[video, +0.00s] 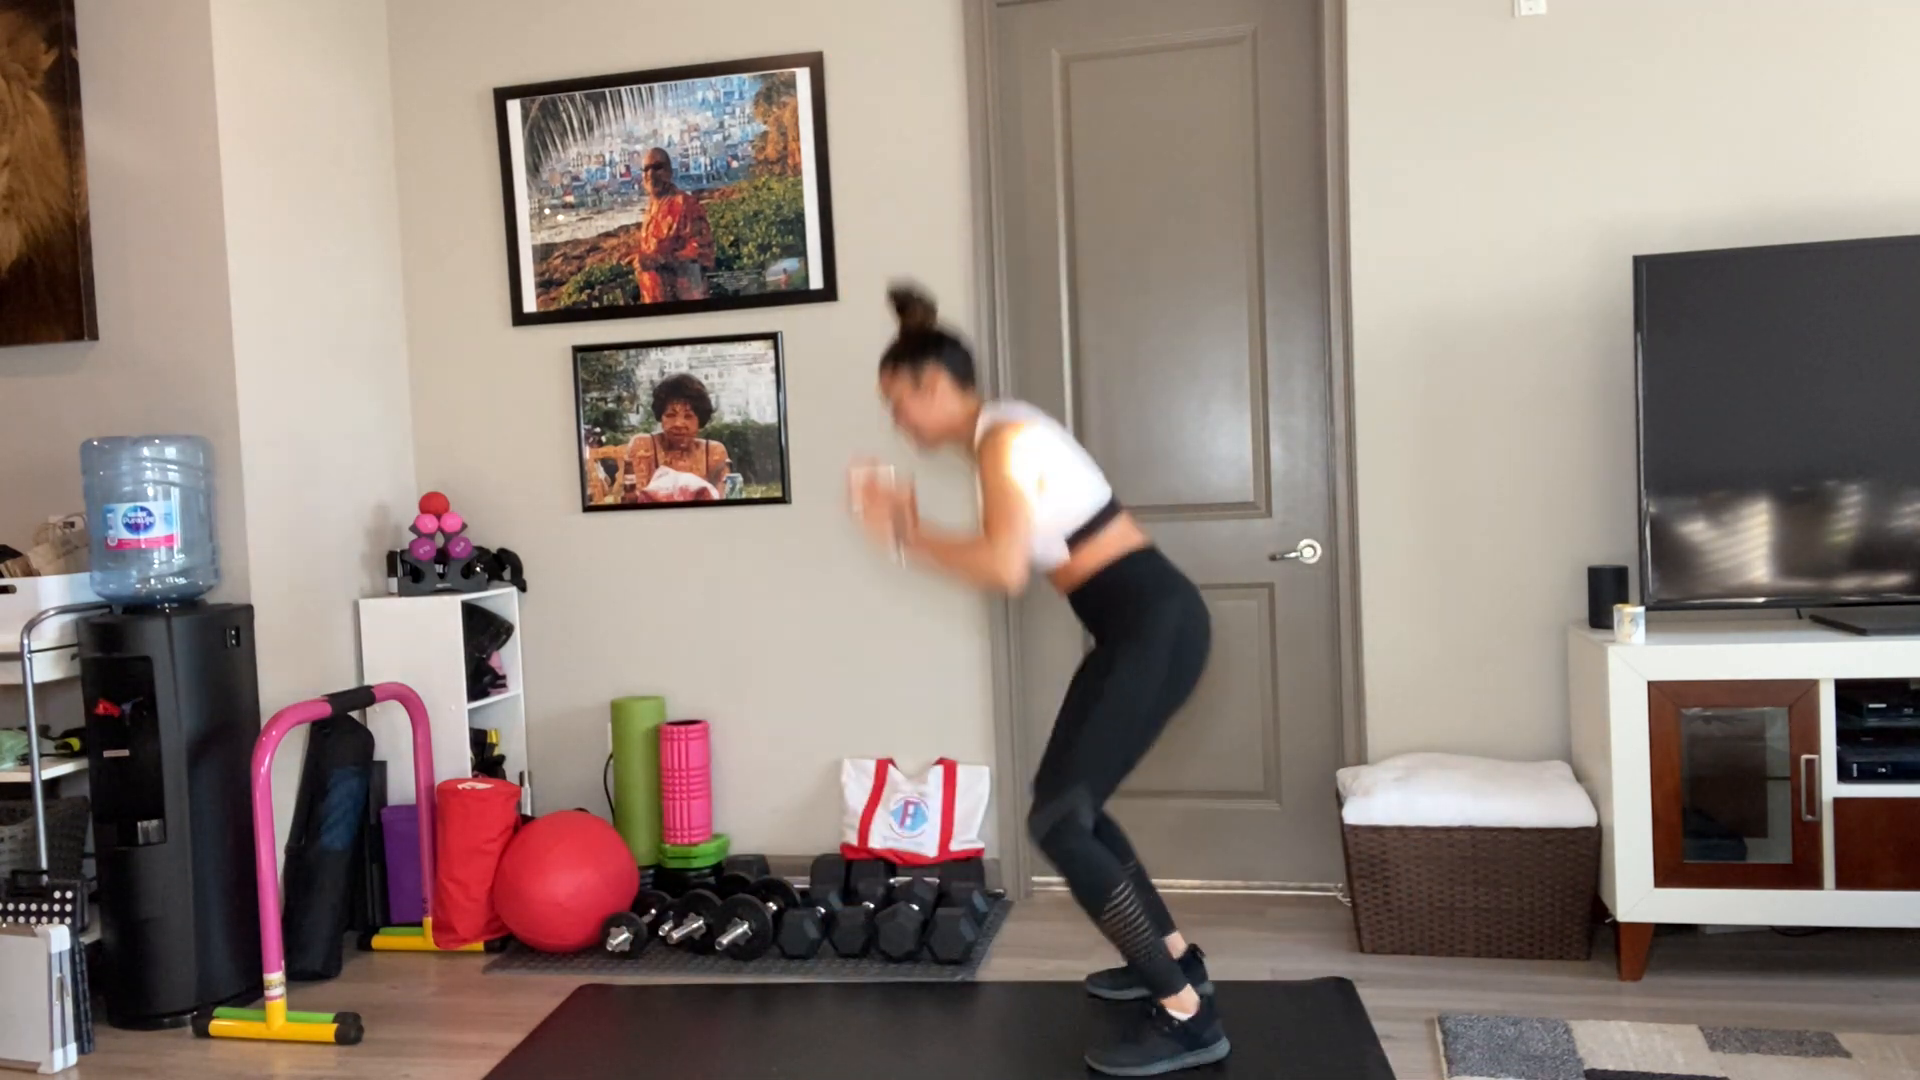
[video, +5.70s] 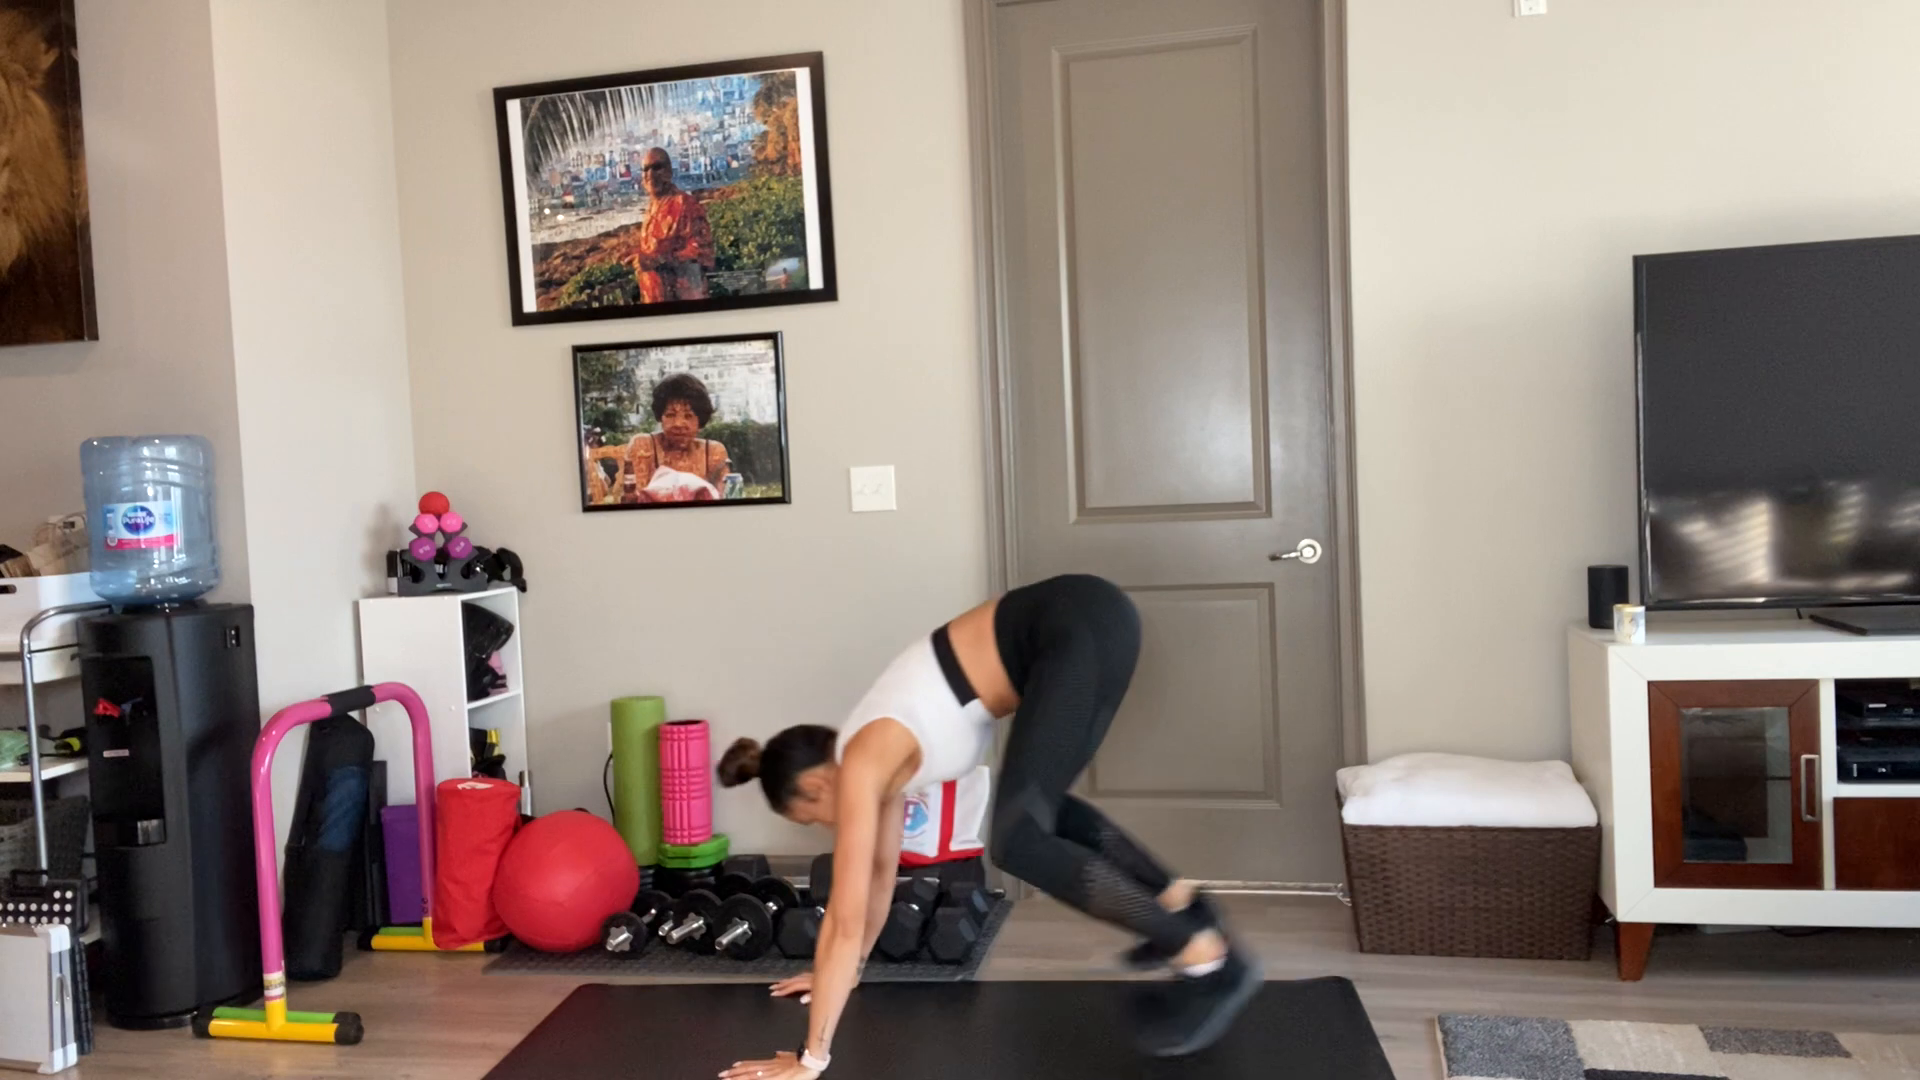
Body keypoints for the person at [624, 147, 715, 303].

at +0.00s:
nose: (650, 174)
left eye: (657, 167)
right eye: (646, 169)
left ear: (670, 172)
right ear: (642, 175)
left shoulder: (685, 204)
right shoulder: (653, 206)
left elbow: (703, 254)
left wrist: (656, 260)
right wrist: (638, 257)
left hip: (682, 297)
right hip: (654, 297)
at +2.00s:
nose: (650, 174)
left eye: (657, 167)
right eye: (646, 169)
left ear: (669, 171)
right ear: (642, 176)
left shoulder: (686, 204)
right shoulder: (654, 206)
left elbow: (702, 254)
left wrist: (657, 260)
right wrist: (638, 257)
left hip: (683, 297)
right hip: (655, 297)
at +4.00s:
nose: (650, 175)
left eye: (657, 167)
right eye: (646, 169)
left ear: (669, 171)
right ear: (642, 175)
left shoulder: (686, 205)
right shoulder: (654, 206)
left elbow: (702, 255)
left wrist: (657, 261)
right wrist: (638, 257)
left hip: (682, 297)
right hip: (655, 296)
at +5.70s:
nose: (650, 174)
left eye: (657, 168)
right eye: (645, 169)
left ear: (670, 172)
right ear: (642, 175)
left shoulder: (685, 204)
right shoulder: (653, 206)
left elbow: (702, 254)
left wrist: (656, 261)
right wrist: (639, 257)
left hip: (683, 297)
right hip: (655, 297)